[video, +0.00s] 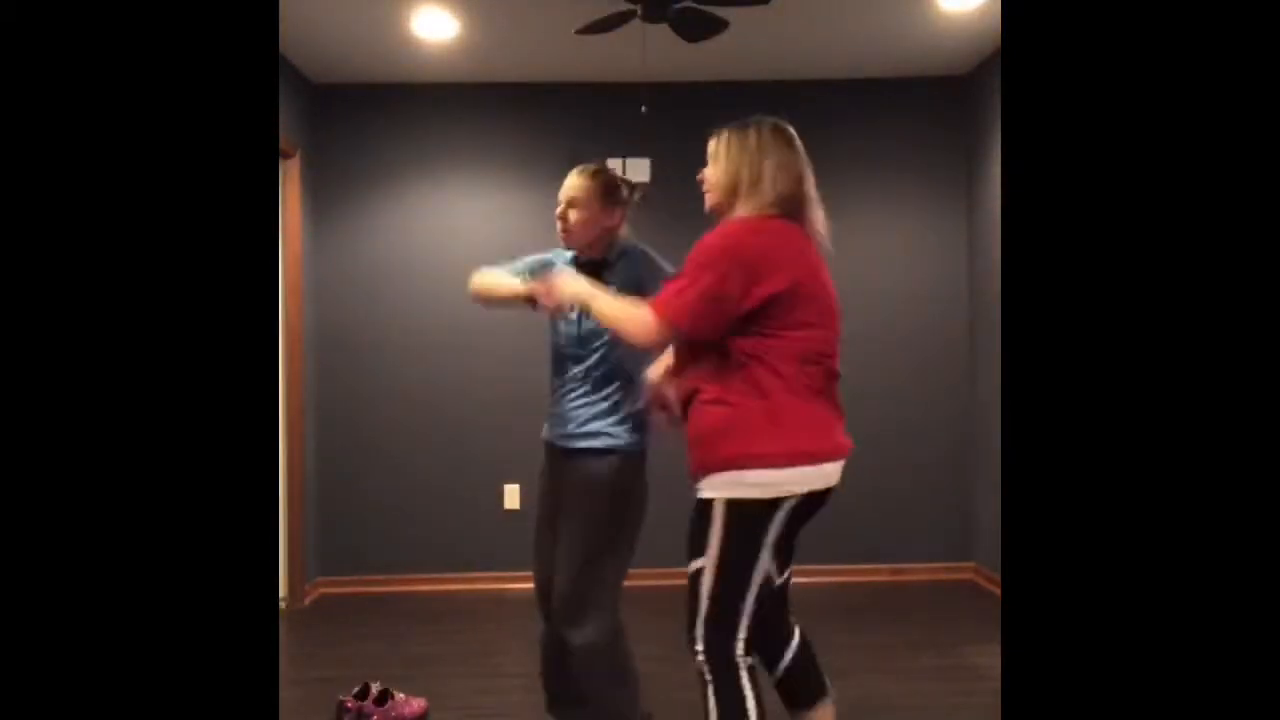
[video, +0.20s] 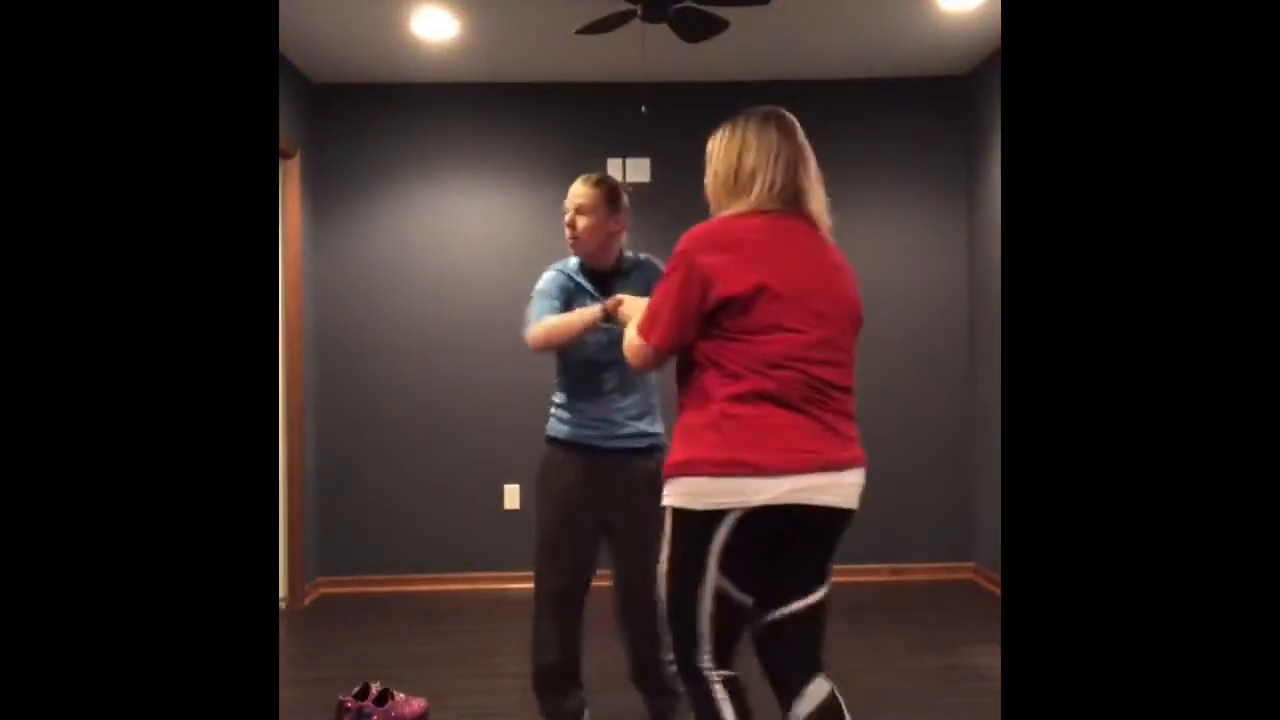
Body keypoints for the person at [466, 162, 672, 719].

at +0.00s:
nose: (561, 217)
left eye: (574, 208)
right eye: (560, 207)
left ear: (613, 216)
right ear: (563, 214)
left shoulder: (639, 270)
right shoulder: (562, 265)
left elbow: (696, 325)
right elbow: (480, 283)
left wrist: (666, 369)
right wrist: (531, 291)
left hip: (610, 459)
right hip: (562, 454)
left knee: (582, 603)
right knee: (552, 597)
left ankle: (614, 712)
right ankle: (568, 709)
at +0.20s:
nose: (570, 225)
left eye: (582, 215)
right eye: (568, 215)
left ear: (618, 222)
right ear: (567, 222)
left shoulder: (652, 278)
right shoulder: (558, 279)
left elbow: (683, 328)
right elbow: (537, 336)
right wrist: (593, 313)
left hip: (638, 454)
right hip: (571, 454)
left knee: (639, 588)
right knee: (558, 589)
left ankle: (663, 702)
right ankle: (560, 707)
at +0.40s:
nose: (607, 228)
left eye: (619, 218)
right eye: (603, 219)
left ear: (652, 222)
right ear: (600, 228)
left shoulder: (676, 284)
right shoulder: (593, 290)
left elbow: (699, 346)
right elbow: (576, 366)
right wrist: (634, 336)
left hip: (678, 438)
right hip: (621, 442)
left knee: (667, 579)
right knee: (640, 579)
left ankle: (655, 695)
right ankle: (602, 700)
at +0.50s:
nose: (633, 225)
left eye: (645, 214)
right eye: (627, 215)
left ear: (673, 212)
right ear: (616, 222)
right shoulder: (610, 283)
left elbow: (594, 371)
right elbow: (585, 370)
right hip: (634, 439)